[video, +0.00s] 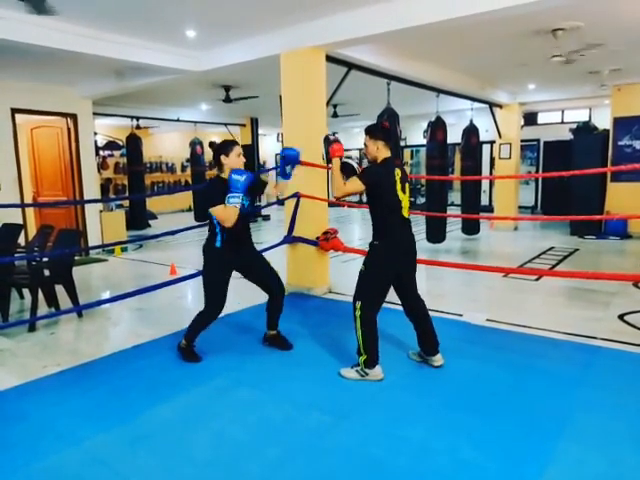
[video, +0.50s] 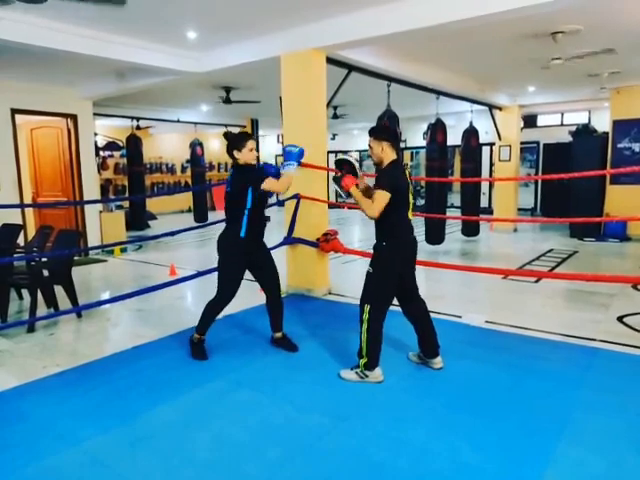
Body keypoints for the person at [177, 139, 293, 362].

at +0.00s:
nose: (243, 159)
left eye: (242, 155)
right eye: (238, 155)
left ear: (237, 159)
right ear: (224, 159)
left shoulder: (246, 180)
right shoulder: (210, 188)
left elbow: (276, 192)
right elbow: (227, 220)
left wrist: (285, 171)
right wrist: (237, 190)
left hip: (243, 250)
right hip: (217, 254)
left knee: (277, 290)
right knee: (214, 308)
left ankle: (272, 333)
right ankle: (186, 343)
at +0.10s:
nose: (250, 154)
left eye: (249, 150)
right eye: (245, 150)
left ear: (246, 153)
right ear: (230, 154)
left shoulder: (254, 174)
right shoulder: (218, 181)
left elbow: (286, 177)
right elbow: (225, 212)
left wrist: (309, 161)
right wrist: (237, 183)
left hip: (249, 245)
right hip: (223, 246)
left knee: (272, 289)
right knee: (214, 299)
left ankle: (279, 333)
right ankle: (188, 342)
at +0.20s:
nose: (258, 149)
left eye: (257, 144)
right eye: (253, 146)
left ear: (251, 150)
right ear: (239, 151)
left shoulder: (259, 176)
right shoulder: (232, 175)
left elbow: (277, 204)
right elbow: (250, 192)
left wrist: (291, 187)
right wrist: (265, 167)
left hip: (256, 242)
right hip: (231, 243)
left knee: (273, 289)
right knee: (215, 292)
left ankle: (278, 334)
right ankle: (191, 338)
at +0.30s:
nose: (261, 149)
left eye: (260, 145)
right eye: (256, 147)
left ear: (250, 150)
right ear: (243, 152)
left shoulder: (255, 171)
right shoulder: (252, 169)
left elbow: (261, 210)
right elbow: (291, 166)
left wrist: (277, 196)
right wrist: (316, 152)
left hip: (255, 242)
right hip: (234, 242)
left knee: (272, 287)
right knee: (222, 291)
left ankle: (278, 333)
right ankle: (194, 330)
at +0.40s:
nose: (260, 150)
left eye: (259, 146)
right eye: (255, 148)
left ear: (247, 151)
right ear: (241, 153)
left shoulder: (248, 171)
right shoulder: (254, 171)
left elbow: (259, 196)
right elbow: (295, 164)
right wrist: (317, 145)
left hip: (255, 244)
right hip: (235, 244)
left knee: (273, 288)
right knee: (223, 292)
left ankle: (278, 334)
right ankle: (196, 331)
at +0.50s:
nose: (255, 154)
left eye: (255, 149)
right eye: (250, 150)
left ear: (251, 151)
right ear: (236, 154)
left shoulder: (252, 172)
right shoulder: (243, 174)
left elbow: (278, 186)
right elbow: (280, 187)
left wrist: (285, 169)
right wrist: (291, 167)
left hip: (254, 243)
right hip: (234, 244)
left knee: (273, 288)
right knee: (225, 295)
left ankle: (278, 334)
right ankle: (198, 337)